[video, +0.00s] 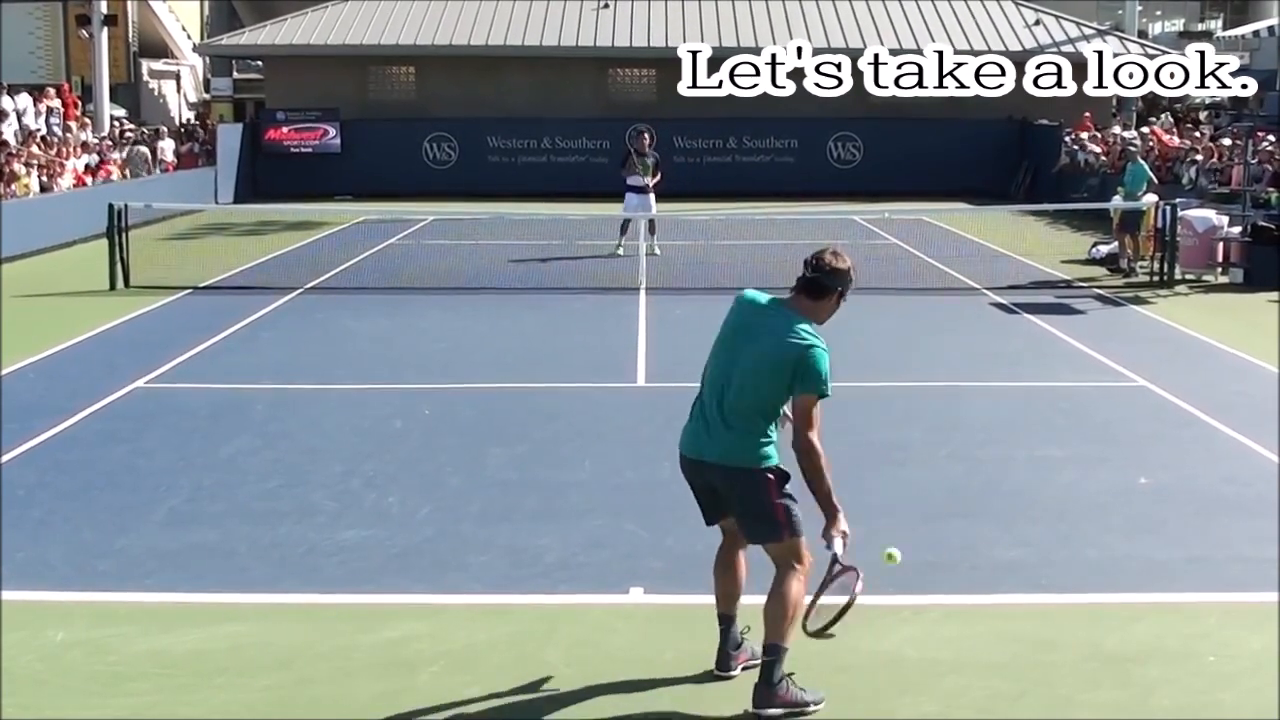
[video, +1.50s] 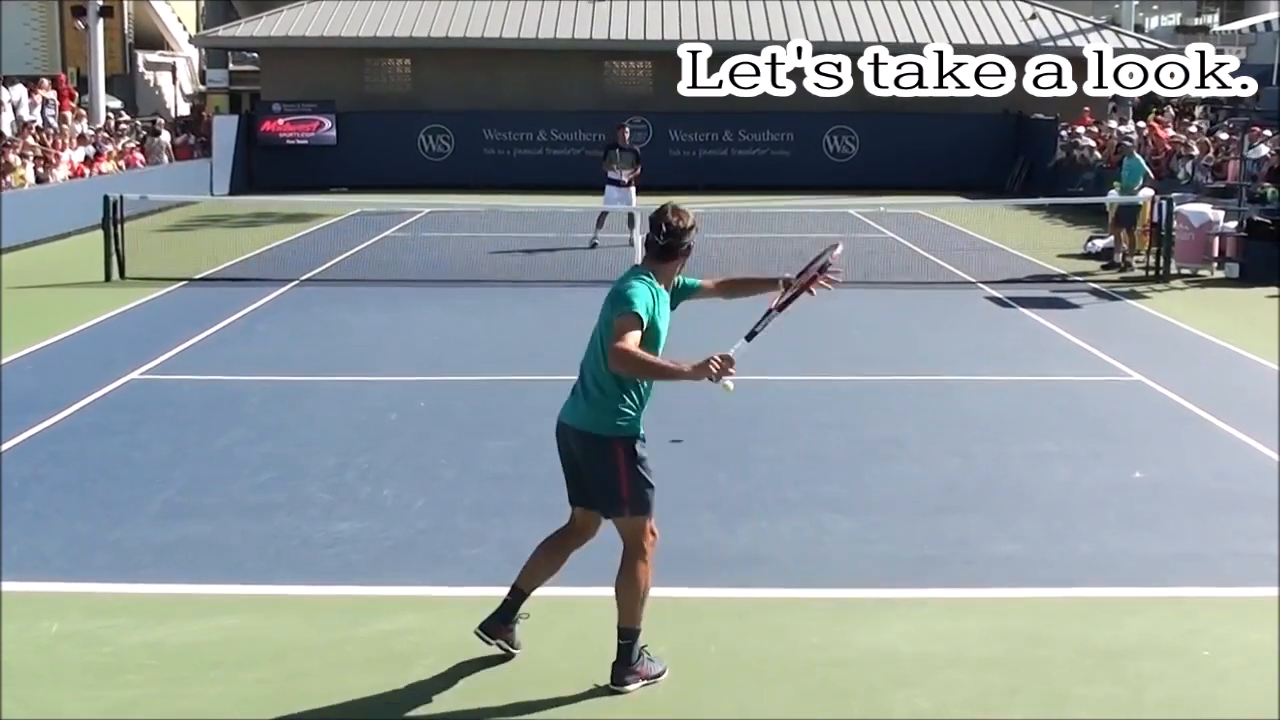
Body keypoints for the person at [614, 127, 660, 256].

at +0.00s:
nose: (644, 141)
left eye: (646, 138)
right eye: (641, 139)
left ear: (649, 141)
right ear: (636, 141)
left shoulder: (654, 156)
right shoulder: (631, 155)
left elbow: (658, 173)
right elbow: (623, 173)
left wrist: (651, 182)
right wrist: (633, 171)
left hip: (647, 189)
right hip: (632, 189)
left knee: (651, 217)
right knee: (628, 217)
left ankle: (653, 244)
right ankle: (620, 244)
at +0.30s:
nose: (643, 141)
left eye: (645, 139)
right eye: (641, 139)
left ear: (648, 142)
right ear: (635, 141)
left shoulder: (653, 157)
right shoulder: (629, 155)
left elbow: (655, 173)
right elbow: (625, 172)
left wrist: (652, 183)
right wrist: (635, 173)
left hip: (646, 187)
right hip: (632, 187)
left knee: (652, 214)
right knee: (621, 215)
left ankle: (650, 240)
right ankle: (610, 242)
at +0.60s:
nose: (629, 147)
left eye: (631, 144)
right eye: (627, 144)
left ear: (633, 147)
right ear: (621, 146)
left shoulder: (635, 163)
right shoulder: (613, 160)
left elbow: (648, 176)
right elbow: (603, 173)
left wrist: (665, 171)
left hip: (628, 196)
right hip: (613, 196)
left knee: (637, 221)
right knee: (613, 220)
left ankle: (652, 246)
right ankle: (597, 246)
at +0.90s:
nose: (619, 142)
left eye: (621, 139)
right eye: (617, 138)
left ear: (623, 141)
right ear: (611, 138)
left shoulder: (623, 157)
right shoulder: (599, 152)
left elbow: (622, 171)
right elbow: (588, 163)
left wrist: (621, 180)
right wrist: (588, 172)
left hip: (616, 187)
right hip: (601, 187)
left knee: (623, 215)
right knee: (601, 216)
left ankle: (632, 242)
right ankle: (595, 244)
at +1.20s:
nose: (617, 139)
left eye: (619, 136)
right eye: (615, 135)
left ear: (622, 138)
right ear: (609, 136)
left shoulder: (626, 153)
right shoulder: (599, 149)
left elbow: (625, 168)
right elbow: (589, 158)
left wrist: (619, 178)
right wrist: (591, 168)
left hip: (616, 184)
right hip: (601, 183)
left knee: (625, 213)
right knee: (598, 214)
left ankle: (630, 237)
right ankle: (594, 242)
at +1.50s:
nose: (625, 135)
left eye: (627, 132)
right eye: (623, 132)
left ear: (629, 134)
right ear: (618, 134)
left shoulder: (634, 150)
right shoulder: (610, 149)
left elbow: (638, 168)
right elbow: (604, 165)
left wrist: (629, 177)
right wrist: (612, 168)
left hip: (628, 184)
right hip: (612, 184)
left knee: (631, 211)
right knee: (605, 210)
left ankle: (632, 236)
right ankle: (595, 236)